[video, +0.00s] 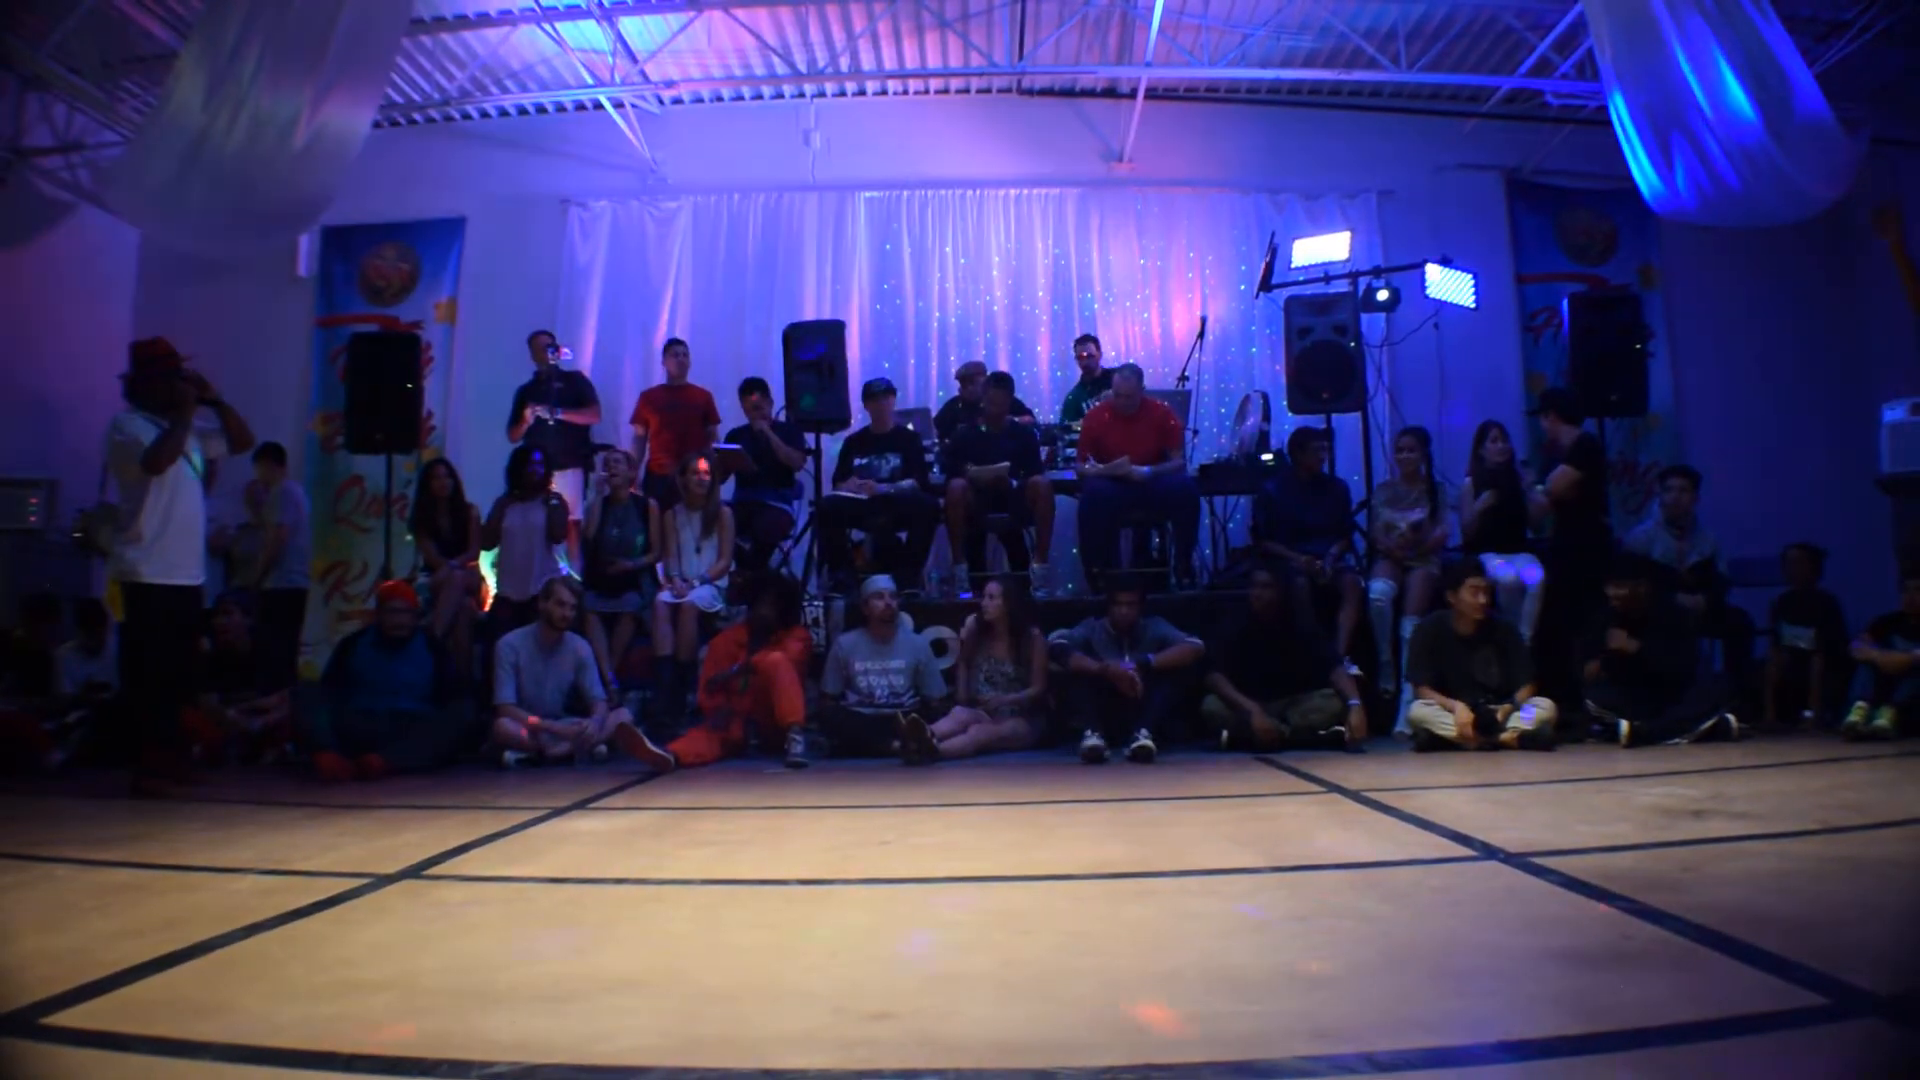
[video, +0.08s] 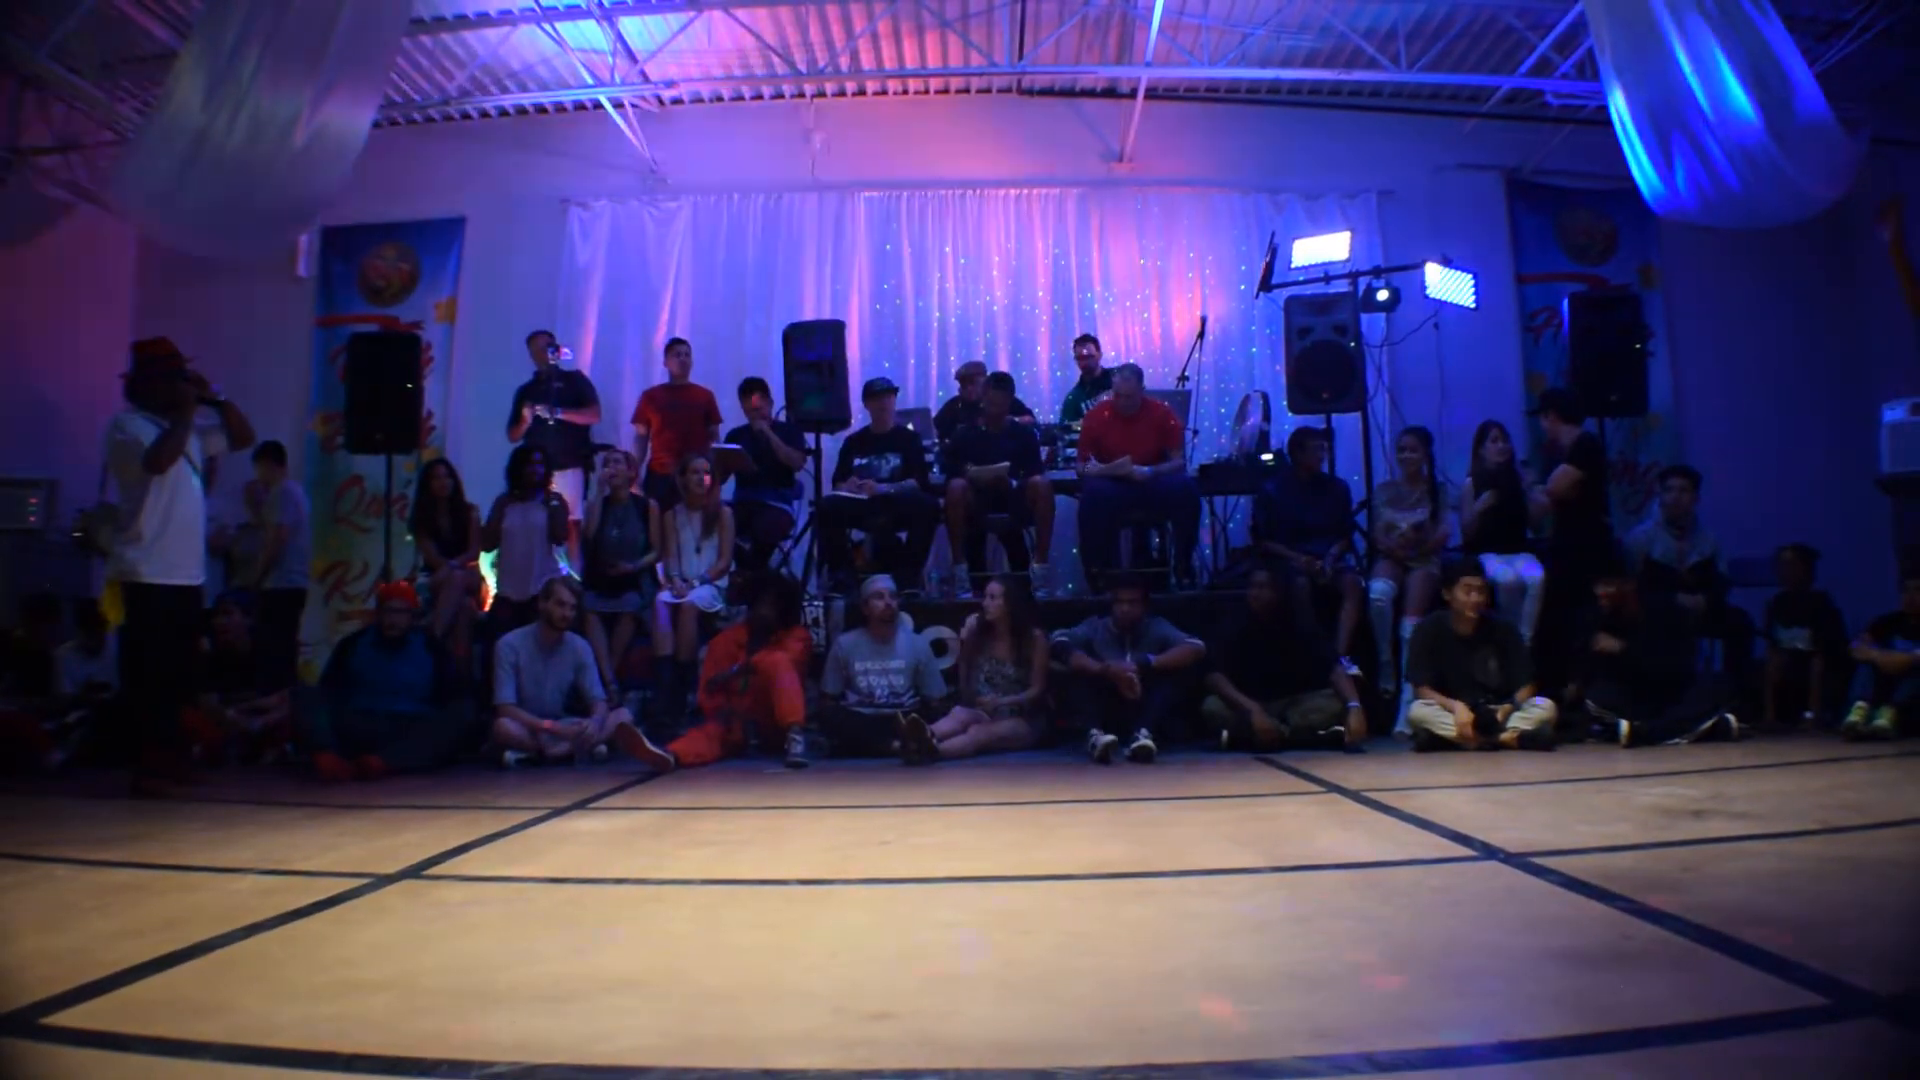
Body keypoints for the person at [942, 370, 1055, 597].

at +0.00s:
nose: (993, 408)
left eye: (999, 402)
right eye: (989, 402)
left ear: (1009, 402)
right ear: (982, 401)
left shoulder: (1024, 433)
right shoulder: (966, 434)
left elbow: (1034, 471)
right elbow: (950, 469)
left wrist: (1009, 481)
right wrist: (973, 476)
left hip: (1012, 493)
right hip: (978, 493)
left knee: (1041, 485)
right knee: (956, 488)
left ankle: (1041, 562)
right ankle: (959, 565)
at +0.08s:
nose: (992, 407)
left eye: (998, 401)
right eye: (989, 400)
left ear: (1009, 401)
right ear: (982, 400)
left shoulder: (1023, 433)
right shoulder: (966, 433)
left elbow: (1034, 471)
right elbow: (950, 470)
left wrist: (1009, 481)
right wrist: (974, 476)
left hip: (1012, 492)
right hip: (978, 493)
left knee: (1041, 485)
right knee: (956, 488)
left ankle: (1041, 563)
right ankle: (959, 565)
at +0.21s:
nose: (994, 409)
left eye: (1000, 404)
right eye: (990, 403)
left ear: (1010, 402)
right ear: (982, 401)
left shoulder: (1023, 433)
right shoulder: (966, 433)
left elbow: (1035, 472)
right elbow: (950, 469)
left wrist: (1010, 480)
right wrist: (974, 475)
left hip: (1012, 492)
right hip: (978, 493)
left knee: (1041, 485)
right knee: (956, 488)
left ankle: (1041, 562)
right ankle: (959, 566)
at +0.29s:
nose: (994, 409)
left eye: (1000, 403)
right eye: (990, 403)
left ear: (1010, 403)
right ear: (982, 401)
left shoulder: (1023, 433)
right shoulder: (965, 434)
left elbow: (1035, 471)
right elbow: (951, 470)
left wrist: (1009, 478)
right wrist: (975, 475)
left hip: (1012, 492)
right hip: (978, 493)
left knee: (1041, 486)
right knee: (956, 488)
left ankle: (1042, 562)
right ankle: (959, 565)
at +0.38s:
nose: (994, 409)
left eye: (1000, 404)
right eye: (990, 403)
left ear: (1010, 403)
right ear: (982, 402)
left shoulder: (1023, 433)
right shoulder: (965, 433)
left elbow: (1035, 471)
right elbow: (951, 471)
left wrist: (1008, 475)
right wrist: (977, 474)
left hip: (1012, 491)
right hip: (978, 492)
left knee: (1041, 486)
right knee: (956, 489)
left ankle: (1042, 560)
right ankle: (959, 565)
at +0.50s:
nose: (994, 410)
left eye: (1000, 404)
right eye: (990, 403)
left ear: (1009, 404)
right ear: (981, 403)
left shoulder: (1021, 432)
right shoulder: (966, 433)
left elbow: (1034, 470)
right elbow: (951, 471)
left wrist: (1008, 476)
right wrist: (976, 475)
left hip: (1012, 490)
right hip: (977, 491)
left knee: (1041, 487)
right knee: (957, 488)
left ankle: (1041, 558)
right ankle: (959, 563)